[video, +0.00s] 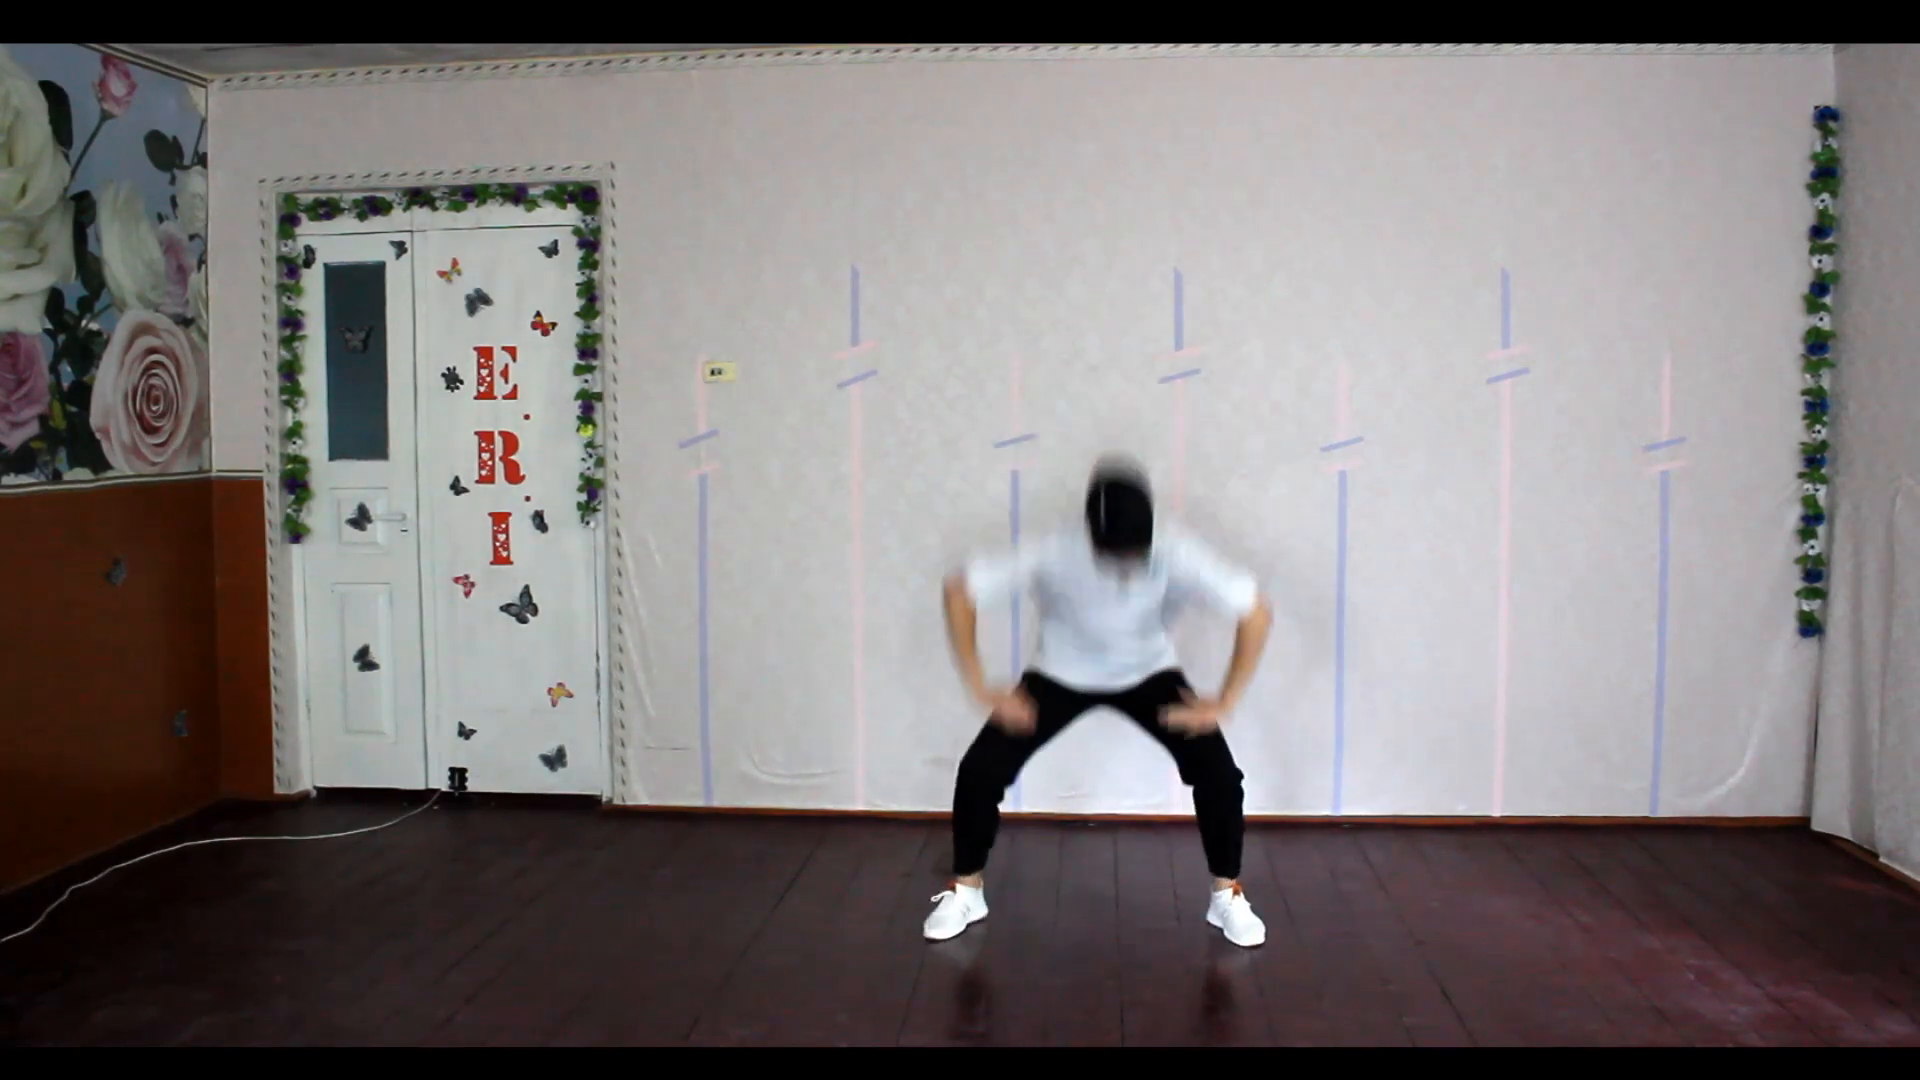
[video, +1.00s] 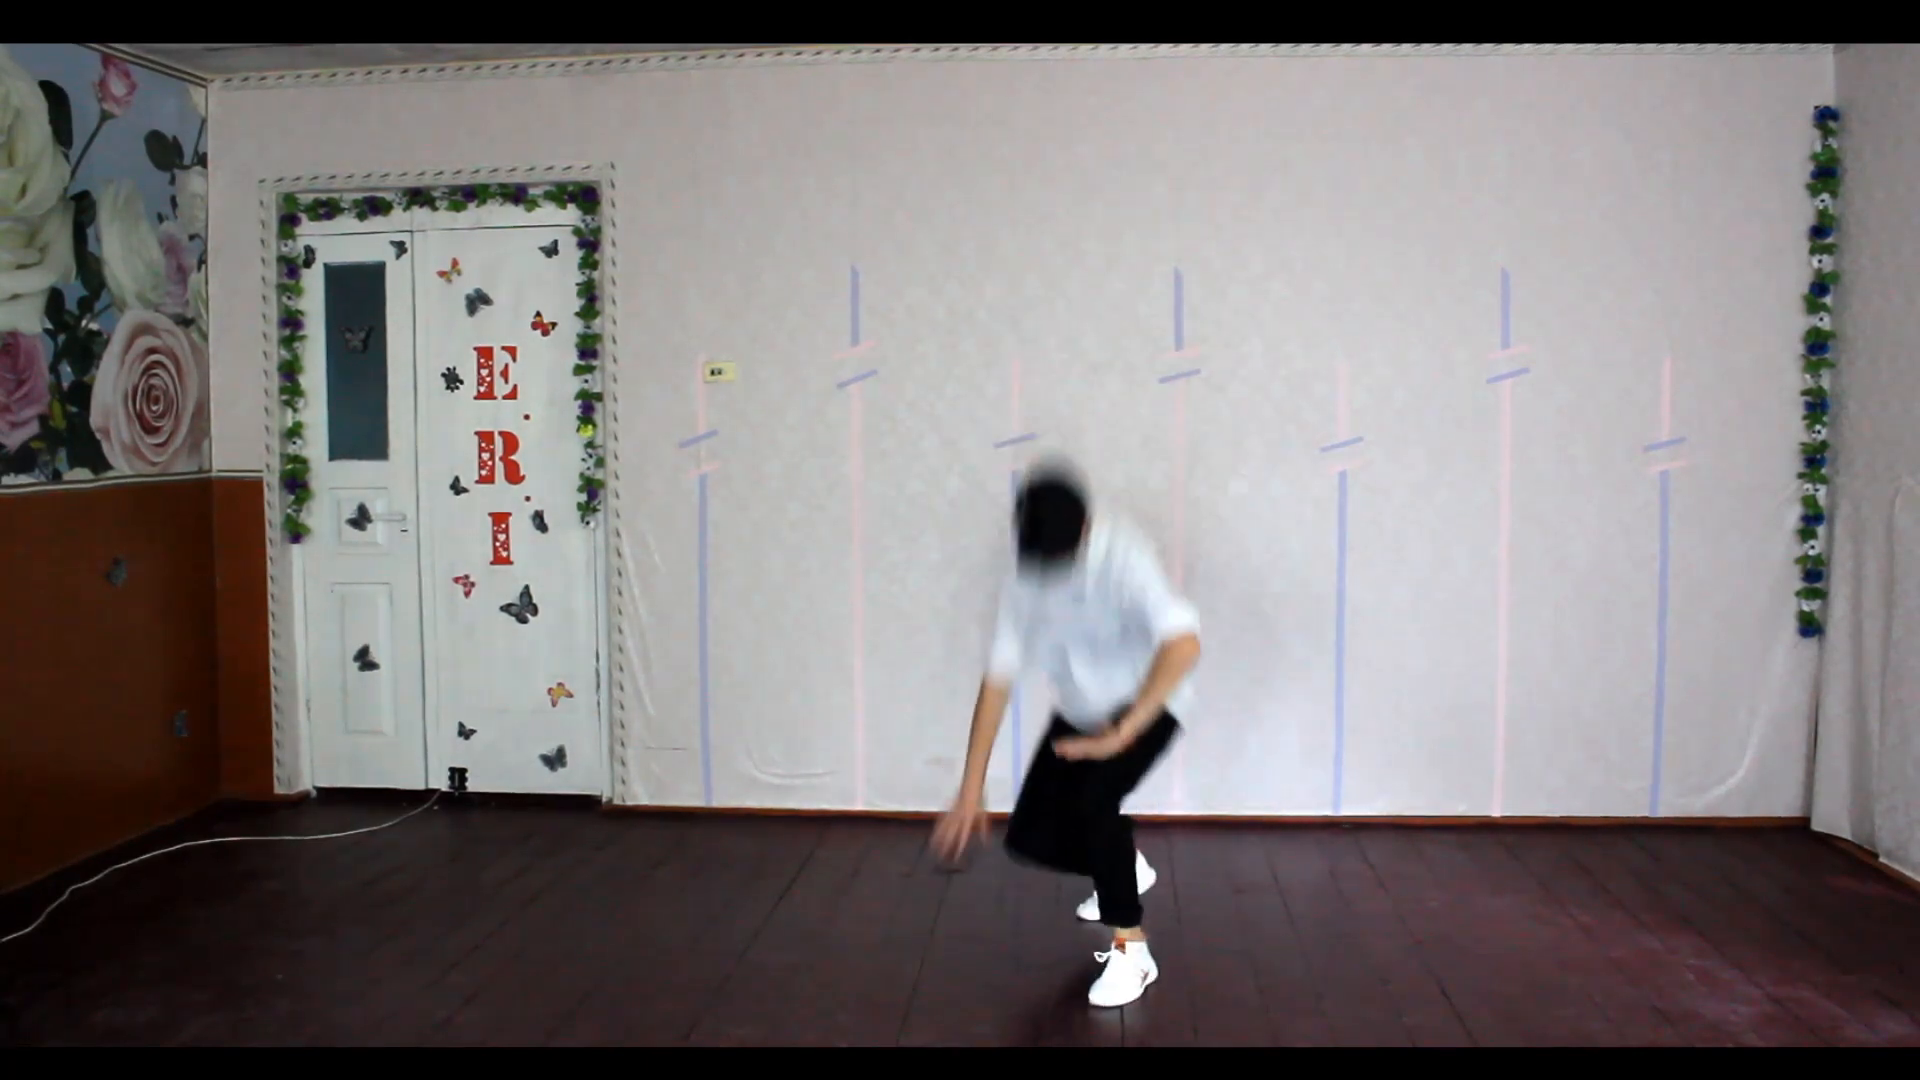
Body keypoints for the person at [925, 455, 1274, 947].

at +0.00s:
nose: (1125, 561)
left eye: (1134, 552)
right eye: (1114, 552)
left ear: (1149, 532)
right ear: (1091, 532)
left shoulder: (1173, 553)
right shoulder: (1054, 553)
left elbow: (1256, 611)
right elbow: (959, 591)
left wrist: (1222, 704)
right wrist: (981, 690)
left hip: (1147, 679)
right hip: (1059, 680)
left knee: (1219, 774)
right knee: (978, 772)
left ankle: (1227, 894)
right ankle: (966, 890)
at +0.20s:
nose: (1108, 710)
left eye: (1120, 703)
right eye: (1096, 702)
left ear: (1143, 663)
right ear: (1076, 663)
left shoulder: (1165, 652)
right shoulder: (1041, 653)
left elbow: (1256, 694)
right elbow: (946, 686)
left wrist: (1212, 736)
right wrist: (964, 740)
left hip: (1139, 721)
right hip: (1052, 718)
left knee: (1213, 788)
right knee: (968, 785)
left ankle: (1224, 897)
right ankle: (967, 892)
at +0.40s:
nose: (1093, 457)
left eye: (1102, 445)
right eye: (1082, 446)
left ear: (1118, 437)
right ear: (1065, 438)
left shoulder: (1145, 476)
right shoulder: (1031, 483)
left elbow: (1163, 578)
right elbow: (1000, 587)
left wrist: (1171, 668)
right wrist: (976, 684)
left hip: (1130, 646)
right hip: (1046, 643)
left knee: (1188, 762)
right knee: (978, 753)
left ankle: (1223, 890)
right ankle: (970, 889)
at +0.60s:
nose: (1088, 311)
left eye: (1098, 299)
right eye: (1077, 300)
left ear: (1118, 284)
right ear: (1059, 287)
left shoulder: (1151, 342)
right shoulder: (1037, 336)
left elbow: (1129, 452)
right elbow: (1015, 444)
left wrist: (1094, 551)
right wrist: (993, 541)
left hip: (1128, 527)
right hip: (1043, 525)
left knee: (1165, 674)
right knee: (1029, 668)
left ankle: (1213, 822)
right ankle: (1017, 794)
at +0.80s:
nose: (1091, 329)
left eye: (1101, 316)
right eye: (1078, 318)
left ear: (1119, 301)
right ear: (1061, 305)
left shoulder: (1150, 353)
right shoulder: (1037, 350)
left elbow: (1146, 470)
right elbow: (1019, 462)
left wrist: (1109, 570)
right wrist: (1003, 560)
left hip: (1127, 543)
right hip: (1047, 541)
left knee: (1143, 686)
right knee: (1053, 677)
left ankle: (1177, 838)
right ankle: (1070, 797)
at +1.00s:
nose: (1051, 567)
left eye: (1059, 557)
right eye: (1040, 558)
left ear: (1083, 532)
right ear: (1024, 538)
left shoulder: (1121, 552)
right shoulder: (1025, 574)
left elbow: (1183, 640)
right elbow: (996, 684)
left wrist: (1121, 734)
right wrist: (969, 794)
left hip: (1141, 715)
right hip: (1076, 716)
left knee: (1094, 804)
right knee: (1030, 836)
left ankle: (1130, 951)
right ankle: (1124, 866)